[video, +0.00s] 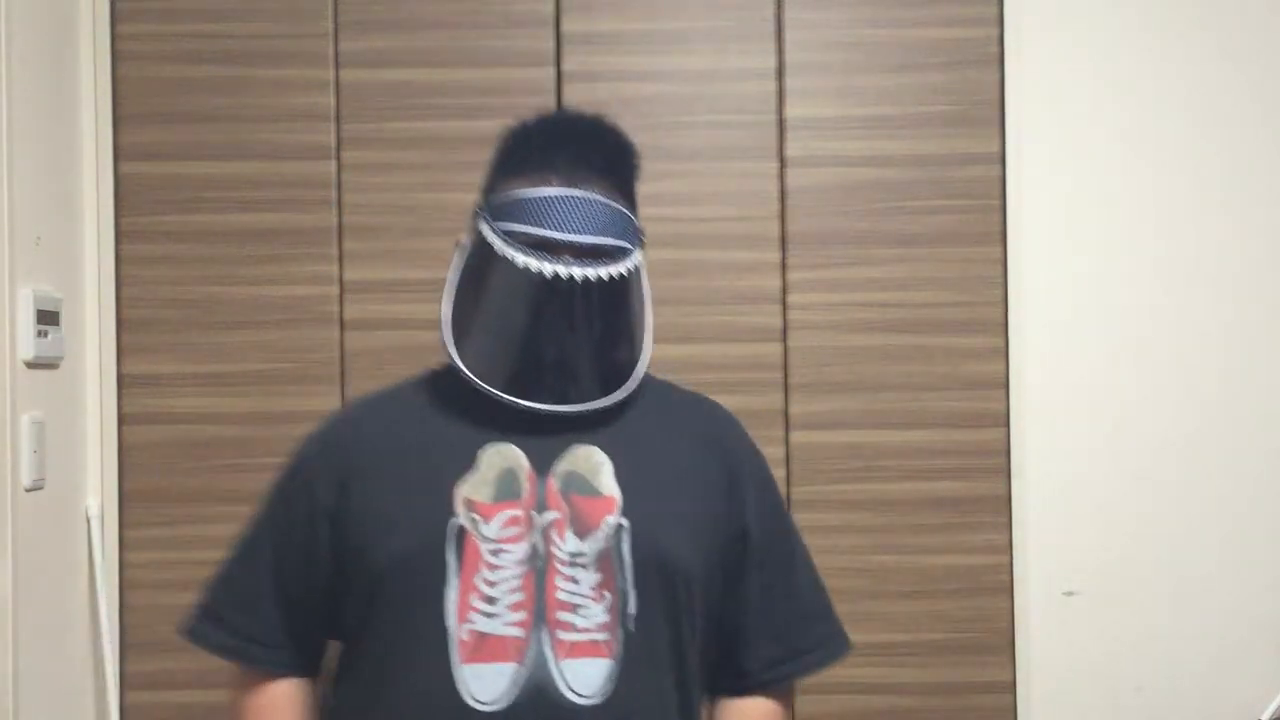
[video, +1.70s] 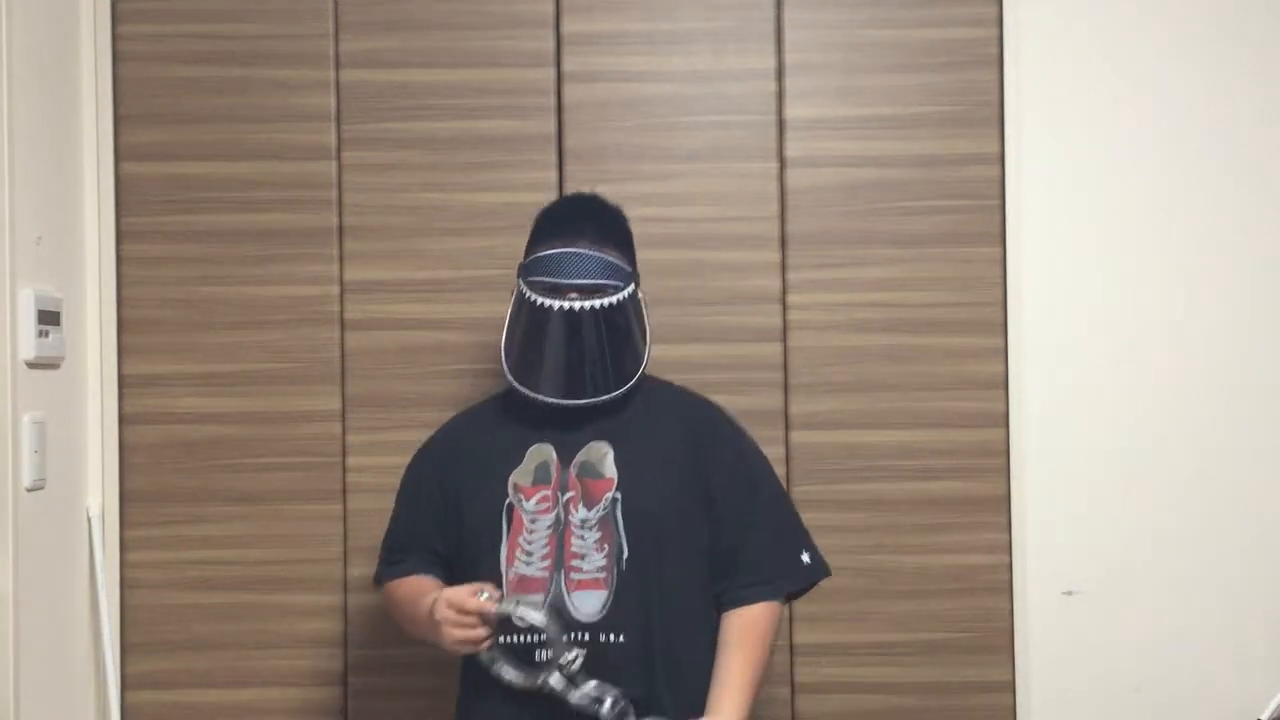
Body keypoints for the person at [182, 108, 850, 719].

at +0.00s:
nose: (557, 286)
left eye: (587, 258)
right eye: (531, 253)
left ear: (629, 263)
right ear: (479, 251)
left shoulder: (711, 452)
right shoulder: (356, 452)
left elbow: (753, 689)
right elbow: (273, 672)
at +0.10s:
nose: (596, 311)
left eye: (622, 285)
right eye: (570, 280)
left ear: (663, 289)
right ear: (520, 277)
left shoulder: (750, 476)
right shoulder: (411, 478)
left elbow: (787, 701)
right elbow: (332, 685)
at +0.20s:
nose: (635, 315)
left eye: (662, 289)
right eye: (606, 289)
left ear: (702, 288)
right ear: (561, 284)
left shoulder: (781, 468)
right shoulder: (468, 473)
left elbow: (828, 692)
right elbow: (396, 687)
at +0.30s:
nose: (662, 315)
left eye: (687, 289)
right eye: (637, 289)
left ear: (726, 279)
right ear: (592, 279)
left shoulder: (807, 447)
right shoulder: (500, 457)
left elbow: (862, 657)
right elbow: (444, 652)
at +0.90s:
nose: (645, 294)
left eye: (668, 273)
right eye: (624, 272)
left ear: (702, 274)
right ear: (588, 271)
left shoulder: (778, 421)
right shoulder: (508, 424)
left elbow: (828, 595)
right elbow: (459, 572)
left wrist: (820, 710)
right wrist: (486, 697)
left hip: (731, 704)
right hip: (562, 705)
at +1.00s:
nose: (628, 299)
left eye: (651, 279)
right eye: (606, 278)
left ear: (685, 281)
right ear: (572, 275)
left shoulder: (752, 427)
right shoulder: (492, 426)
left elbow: (802, 588)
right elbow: (429, 551)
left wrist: (783, 710)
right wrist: (481, 644)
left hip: (708, 705)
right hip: (549, 708)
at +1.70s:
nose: (575, 324)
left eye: (596, 305)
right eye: (556, 304)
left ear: (629, 307)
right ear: (525, 303)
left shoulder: (701, 437)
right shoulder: (461, 446)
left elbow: (756, 590)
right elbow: (402, 569)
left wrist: (723, 712)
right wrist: (433, 611)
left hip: (662, 704)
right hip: (505, 705)